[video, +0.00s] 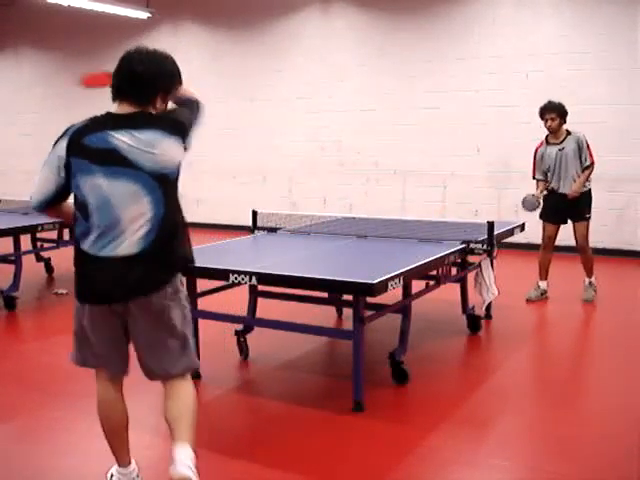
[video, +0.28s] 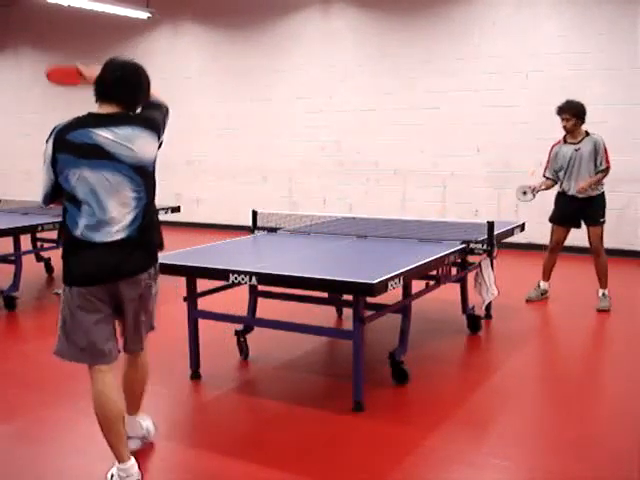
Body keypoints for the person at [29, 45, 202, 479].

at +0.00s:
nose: (170, 100)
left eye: (170, 93)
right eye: (169, 94)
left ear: (117, 87)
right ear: (158, 97)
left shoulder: (76, 137)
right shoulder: (168, 136)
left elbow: (44, 200)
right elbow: (190, 106)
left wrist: (80, 217)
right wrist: (170, 95)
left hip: (97, 281)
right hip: (156, 279)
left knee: (108, 376)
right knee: (176, 372)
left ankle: (124, 470)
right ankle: (183, 461)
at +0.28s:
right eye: (143, 96)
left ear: (97, 93)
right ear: (139, 100)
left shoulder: (63, 135)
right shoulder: (146, 132)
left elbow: (51, 195)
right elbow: (154, 103)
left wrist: (89, 192)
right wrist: (107, 79)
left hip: (84, 270)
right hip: (136, 263)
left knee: (101, 366)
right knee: (136, 347)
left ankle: (124, 467)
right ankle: (133, 422)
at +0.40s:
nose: (132, 106)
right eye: (132, 101)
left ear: (88, 98)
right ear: (131, 105)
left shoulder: (60, 141)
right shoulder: (142, 141)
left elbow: (45, 201)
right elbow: (163, 138)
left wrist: (80, 197)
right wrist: (112, 119)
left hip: (84, 271)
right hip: (133, 266)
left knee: (99, 364)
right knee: (127, 346)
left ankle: (124, 463)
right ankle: (125, 412)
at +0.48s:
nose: (126, 107)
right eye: (126, 101)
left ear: (83, 100)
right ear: (126, 103)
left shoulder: (57, 145)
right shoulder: (139, 146)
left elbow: (40, 206)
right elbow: (171, 184)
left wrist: (71, 209)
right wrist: (134, 163)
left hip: (80, 270)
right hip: (129, 267)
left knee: (93, 357)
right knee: (122, 347)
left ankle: (119, 450)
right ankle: (118, 416)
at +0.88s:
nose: (112, 111)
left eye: (112, 104)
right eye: (111, 104)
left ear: (71, 101)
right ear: (100, 104)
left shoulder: (38, 136)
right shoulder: (112, 142)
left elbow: (13, 188)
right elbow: (137, 201)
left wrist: (38, 216)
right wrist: (123, 225)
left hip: (54, 251)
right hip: (102, 253)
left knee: (40, 316)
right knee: (109, 328)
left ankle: (30, 398)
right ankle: (115, 415)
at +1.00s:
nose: (100, 114)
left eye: (101, 108)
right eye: (100, 108)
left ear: (60, 103)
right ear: (88, 106)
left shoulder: (29, 139)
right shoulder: (92, 143)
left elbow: (10, 193)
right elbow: (117, 200)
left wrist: (39, 214)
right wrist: (117, 222)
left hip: (46, 255)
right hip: (92, 255)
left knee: (32, 321)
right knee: (105, 331)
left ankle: (6, 392)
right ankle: (114, 416)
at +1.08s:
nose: (85, 118)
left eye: (86, 111)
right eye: (83, 111)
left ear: (49, 106)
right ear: (68, 108)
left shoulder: (16, 142)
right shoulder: (68, 146)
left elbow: (9, 197)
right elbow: (88, 204)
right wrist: (110, 211)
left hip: (31, 255)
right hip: (75, 256)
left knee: (21, 323)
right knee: (98, 329)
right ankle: (113, 416)